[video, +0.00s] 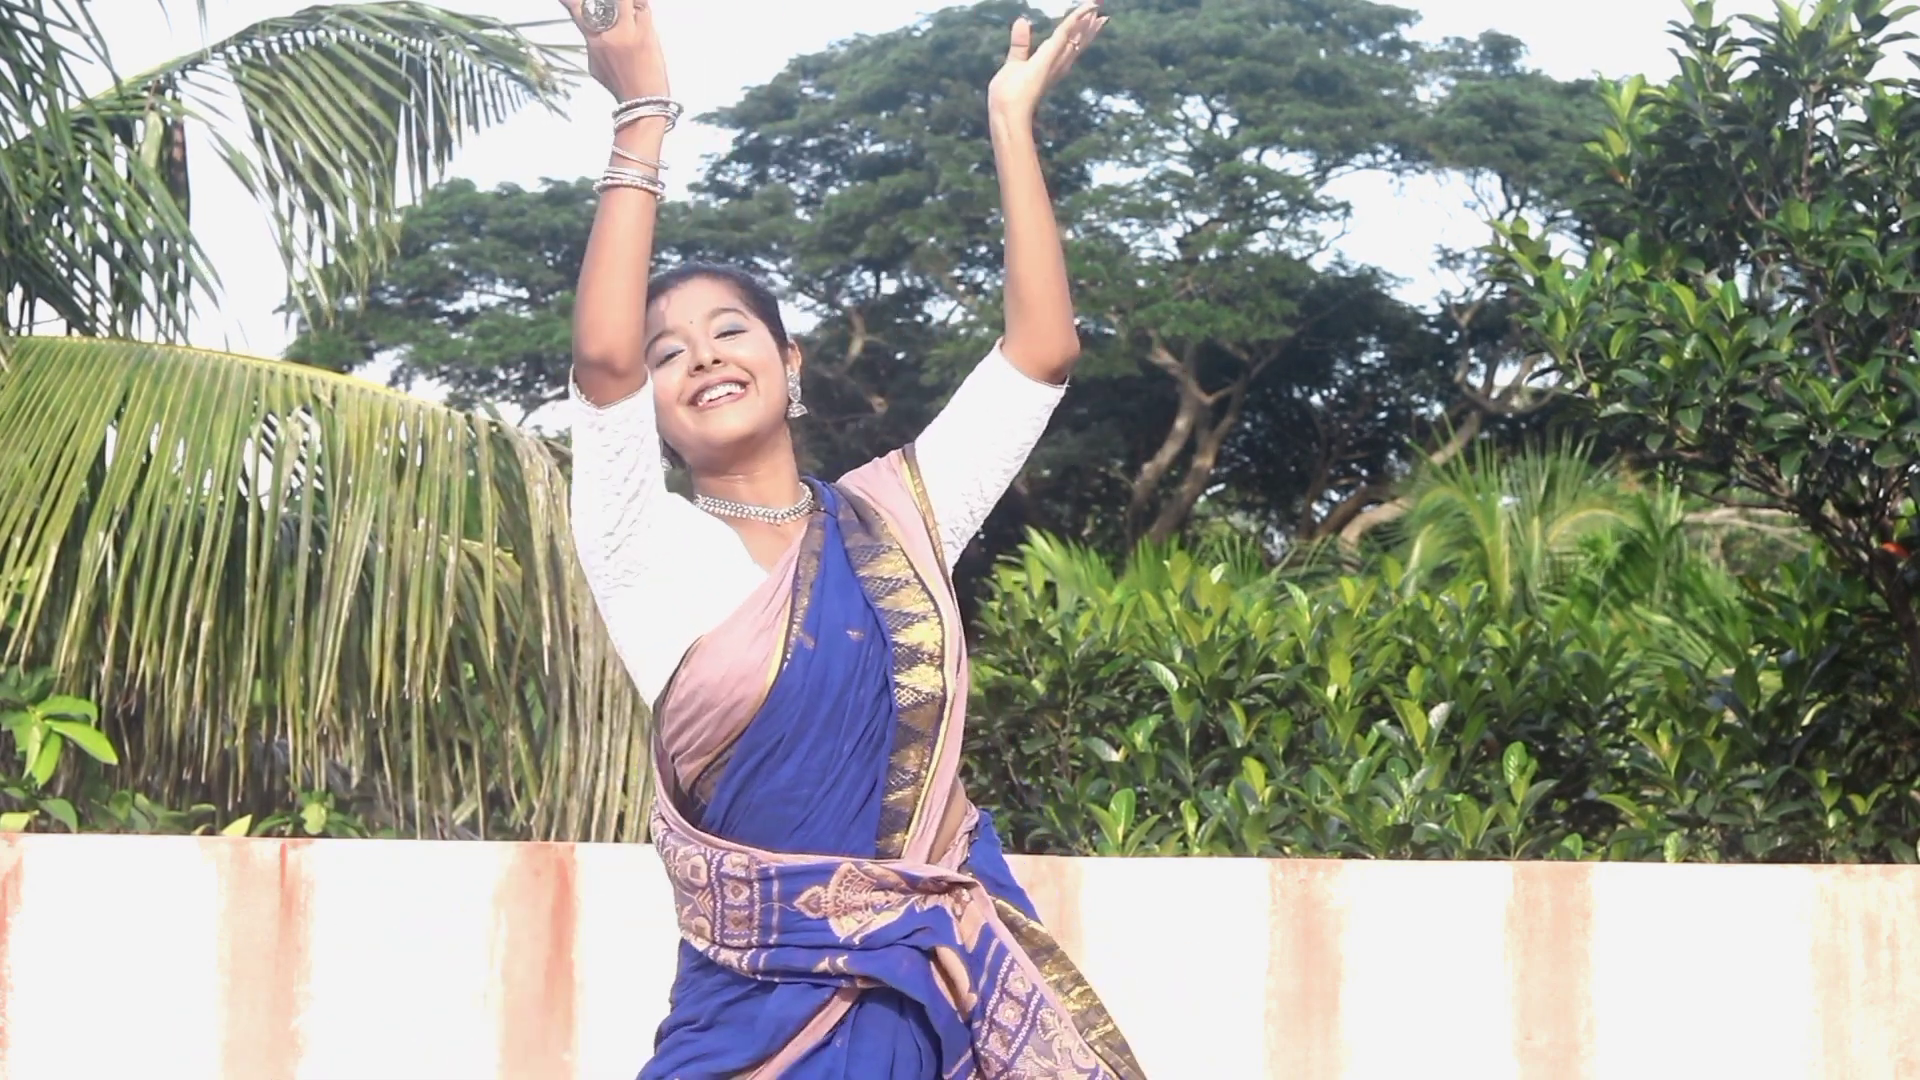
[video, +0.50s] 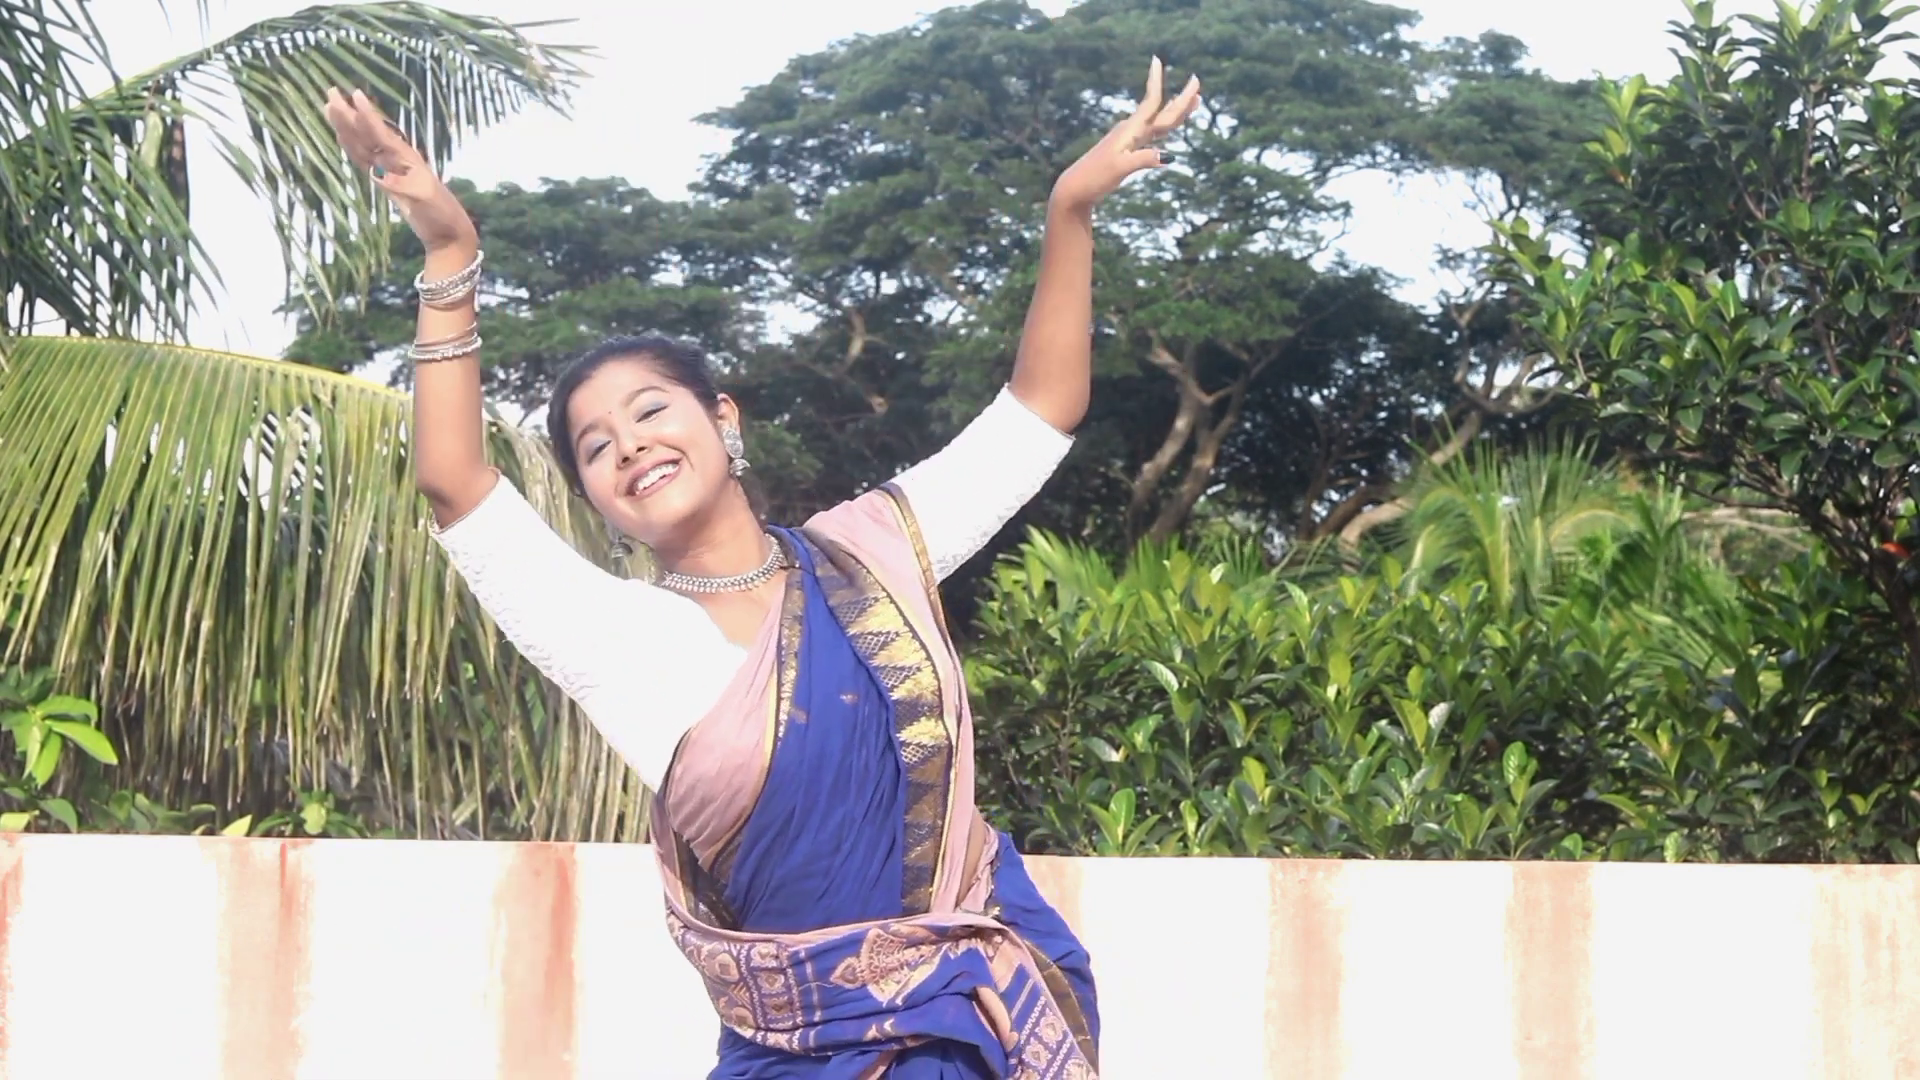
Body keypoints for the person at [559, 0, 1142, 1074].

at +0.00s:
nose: (703, 355)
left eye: (729, 329)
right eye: (668, 350)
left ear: (788, 364)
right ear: (648, 404)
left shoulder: (900, 509)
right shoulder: (647, 553)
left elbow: (1042, 348)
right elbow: (605, 365)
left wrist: (1011, 117)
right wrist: (641, 115)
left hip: (974, 983)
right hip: (766, 1006)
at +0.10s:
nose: (674, 376)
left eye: (699, 349)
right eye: (639, 372)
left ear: (762, 383)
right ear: (619, 432)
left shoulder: (885, 516)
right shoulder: (636, 585)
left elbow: (1039, 358)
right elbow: (539, 382)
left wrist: (1048, 130)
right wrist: (580, 137)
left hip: (981, 1001)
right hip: (768, 1025)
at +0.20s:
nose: (658, 386)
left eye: (683, 357)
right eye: (624, 387)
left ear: (752, 391)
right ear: (612, 451)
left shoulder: (881, 520)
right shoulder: (631, 597)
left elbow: (1038, 366)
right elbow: (516, 400)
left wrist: (1065, 140)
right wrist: (541, 159)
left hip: (984, 999)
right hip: (777, 1030)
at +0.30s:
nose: (648, 404)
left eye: (671, 372)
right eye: (614, 403)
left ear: (742, 396)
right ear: (602, 464)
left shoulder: (880, 523)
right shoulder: (626, 609)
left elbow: (1037, 373)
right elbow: (498, 423)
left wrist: (1075, 149)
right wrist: (499, 192)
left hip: (988, 1002)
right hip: (784, 1034)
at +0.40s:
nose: (639, 419)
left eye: (662, 386)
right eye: (604, 420)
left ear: (735, 403)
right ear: (599, 481)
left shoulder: (878, 530)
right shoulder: (627, 627)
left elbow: (1034, 382)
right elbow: (479, 433)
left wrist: (1077, 173)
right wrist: (474, 197)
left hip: (988, 1001)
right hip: (786, 1038)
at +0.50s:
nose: (630, 445)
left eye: (652, 410)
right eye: (597, 446)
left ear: (727, 421)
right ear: (595, 506)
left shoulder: (882, 542)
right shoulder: (630, 649)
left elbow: (1043, 408)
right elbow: (454, 482)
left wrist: (1070, 216)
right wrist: (449, 257)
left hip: (995, 1006)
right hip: (799, 1051)